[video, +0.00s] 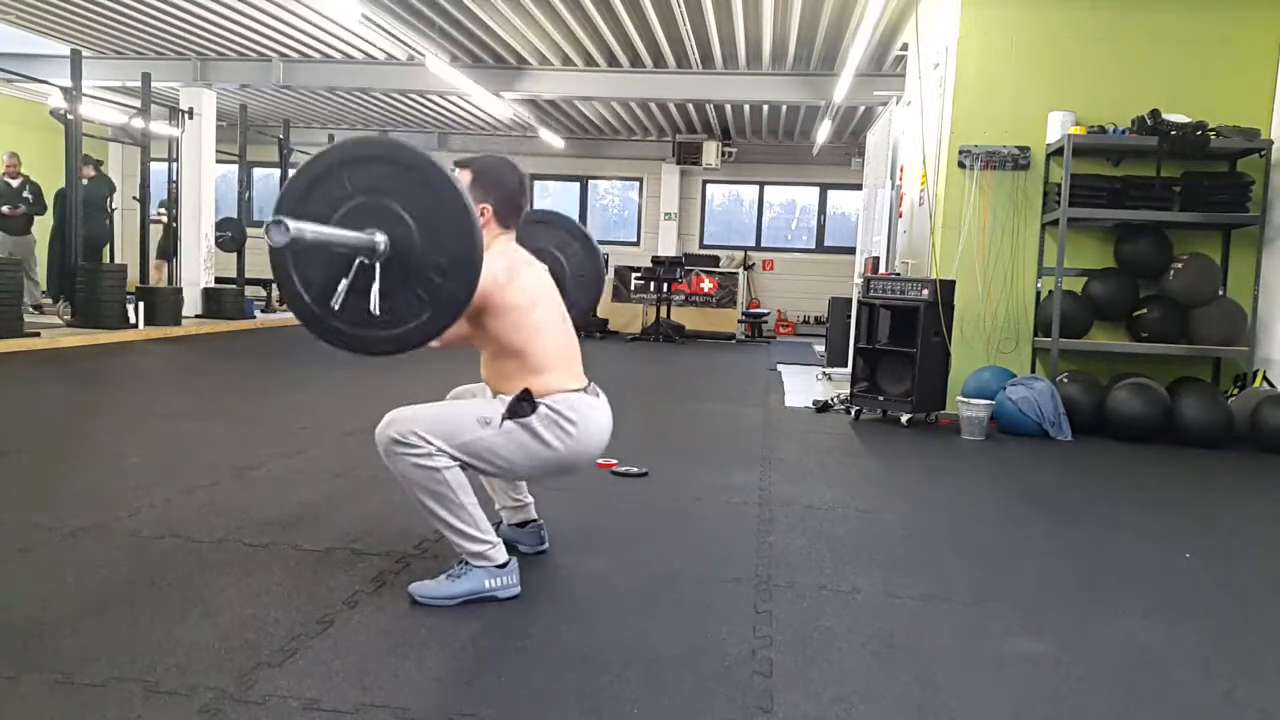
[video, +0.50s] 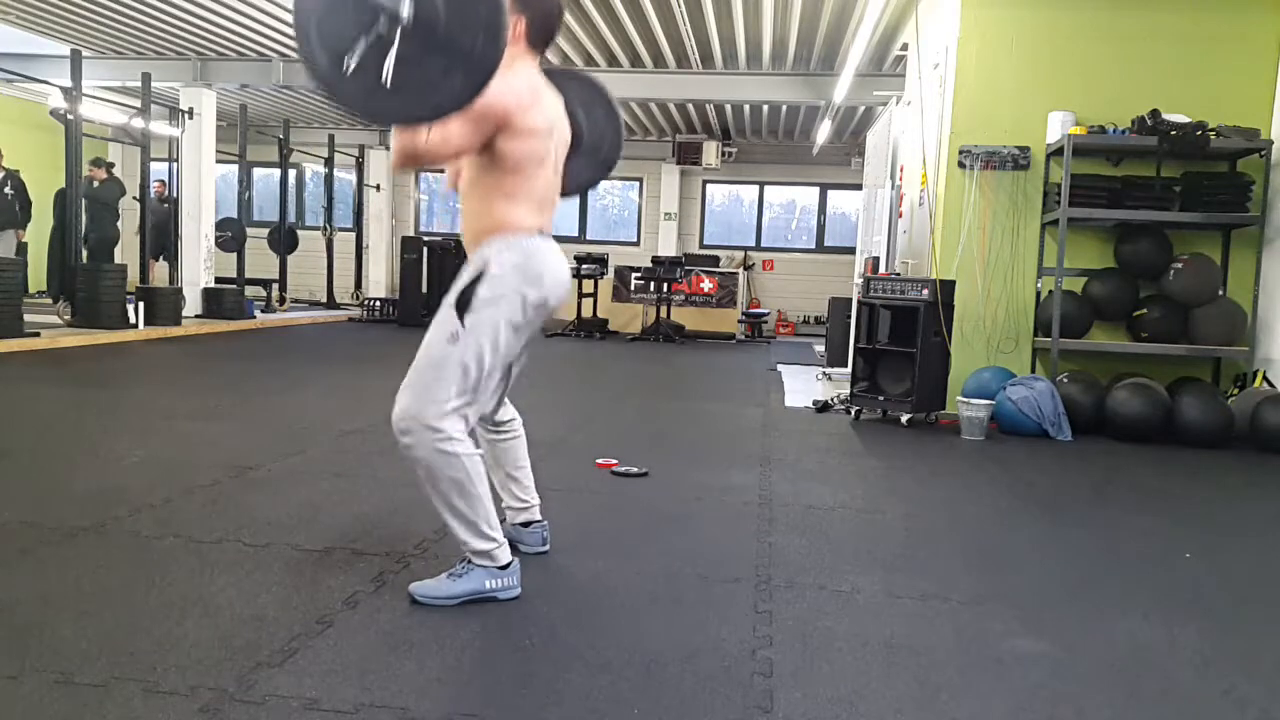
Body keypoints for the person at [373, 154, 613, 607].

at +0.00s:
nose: (447, 210)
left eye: (456, 199)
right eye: (449, 198)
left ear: (484, 214)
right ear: (493, 215)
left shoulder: (485, 270)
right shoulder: (527, 262)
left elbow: (423, 326)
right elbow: (476, 331)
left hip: (553, 424)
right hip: (585, 410)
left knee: (401, 433)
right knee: (464, 398)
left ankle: (490, 565)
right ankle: (522, 523)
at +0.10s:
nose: (448, 191)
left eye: (457, 181)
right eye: (450, 180)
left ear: (484, 194)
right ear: (496, 195)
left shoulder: (485, 252)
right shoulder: (525, 243)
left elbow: (429, 314)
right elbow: (447, 321)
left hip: (551, 404)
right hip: (586, 392)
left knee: (402, 431)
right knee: (466, 400)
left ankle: (488, 565)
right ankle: (522, 522)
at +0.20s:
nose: (457, 159)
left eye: (466, 149)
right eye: (462, 147)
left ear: (490, 161)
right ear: (504, 163)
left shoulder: (486, 221)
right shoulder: (527, 214)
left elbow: (430, 284)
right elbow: (446, 291)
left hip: (548, 376)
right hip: (584, 367)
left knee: (401, 431)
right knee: (470, 398)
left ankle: (488, 565)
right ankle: (522, 522)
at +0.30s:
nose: (463, 117)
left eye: (474, 107)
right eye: (468, 105)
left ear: (500, 121)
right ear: (511, 125)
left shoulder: (492, 176)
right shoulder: (529, 178)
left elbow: (401, 238)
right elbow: (448, 254)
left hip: (539, 344)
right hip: (575, 336)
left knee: (401, 429)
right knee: (477, 406)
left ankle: (487, 563)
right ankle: (522, 521)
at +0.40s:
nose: (474, 63)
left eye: (486, 53)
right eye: (479, 51)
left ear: (511, 72)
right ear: (522, 76)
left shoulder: (498, 132)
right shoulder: (537, 135)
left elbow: (398, 191)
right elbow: (451, 209)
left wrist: (395, 119)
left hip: (526, 305)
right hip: (559, 300)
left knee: (408, 426)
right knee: (485, 410)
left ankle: (490, 564)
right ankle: (525, 522)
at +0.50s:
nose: (486, 24)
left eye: (495, 13)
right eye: (493, 13)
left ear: (516, 24)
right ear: (535, 31)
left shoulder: (505, 88)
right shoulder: (552, 99)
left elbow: (408, 150)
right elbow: (533, 183)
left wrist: (412, 76)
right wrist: (460, 167)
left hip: (504, 263)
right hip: (540, 260)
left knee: (423, 416)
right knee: (489, 406)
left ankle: (490, 562)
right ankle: (525, 521)